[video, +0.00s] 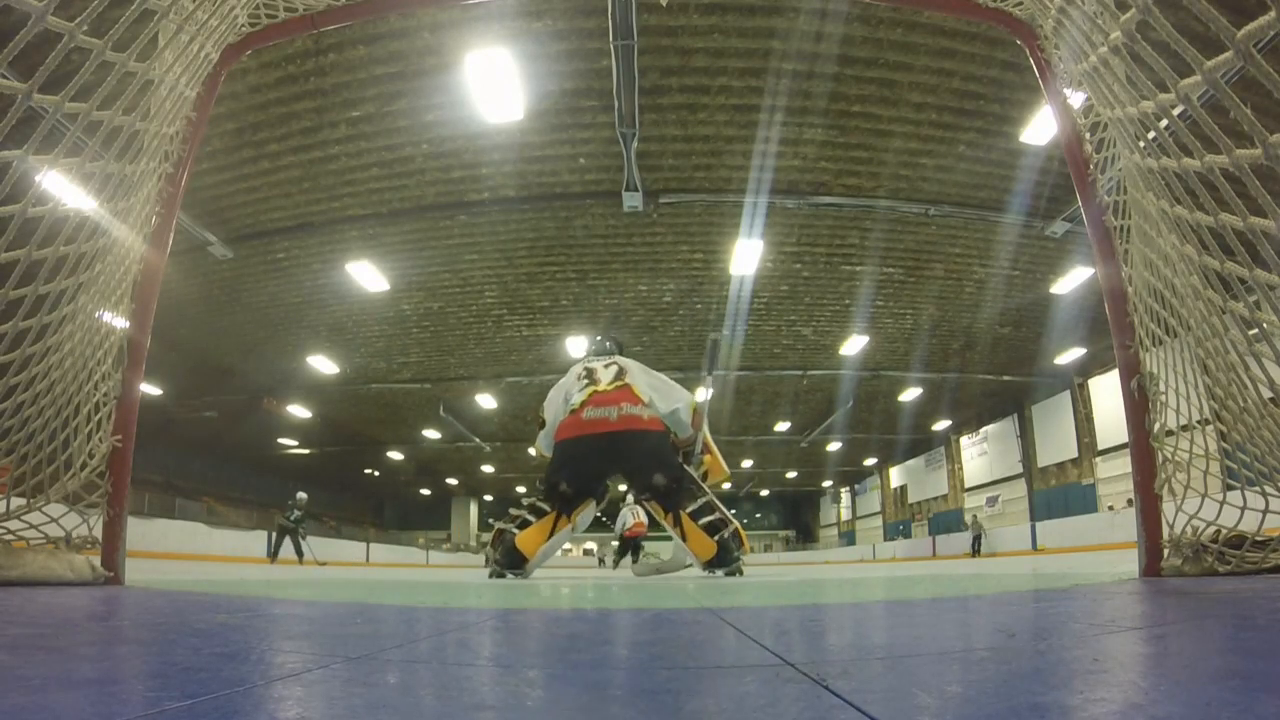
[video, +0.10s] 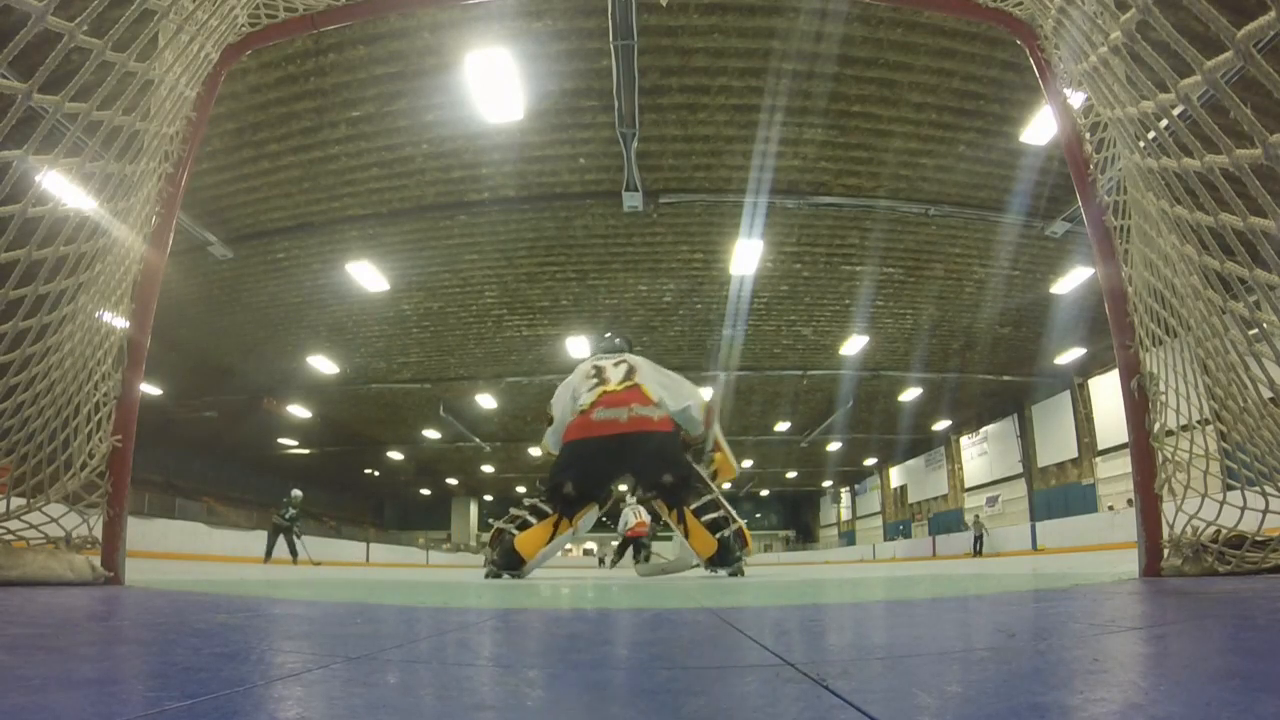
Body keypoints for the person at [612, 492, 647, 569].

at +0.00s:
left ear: (625, 502)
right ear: (633, 501)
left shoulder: (624, 510)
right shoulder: (639, 508)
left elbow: (619, 524)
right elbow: (646, 520)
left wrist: (617, 534)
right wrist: (644, 528)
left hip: (629, 530)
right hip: (641, 530)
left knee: (624, 547)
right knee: (636, 546)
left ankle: (617, 559)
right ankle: (635, 561)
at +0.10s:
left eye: (627, 502)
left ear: (627, 502)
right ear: (635, 501)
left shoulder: (626, 510)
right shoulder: (641, 508)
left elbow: (620, 528)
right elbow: (648, 518)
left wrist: (623, 534)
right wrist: (646, 527)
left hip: (631, 532)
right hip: (643, 531)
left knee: (621, 548)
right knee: (637, 548)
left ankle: (614, 560)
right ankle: (638, 562)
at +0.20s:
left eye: (632, 499)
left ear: (631, 500)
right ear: (640, 499)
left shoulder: (630, 509)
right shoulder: (646, 507)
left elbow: (626, 523)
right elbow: (652, 517)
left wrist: (625, 532)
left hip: (636, 530)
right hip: (648, 529)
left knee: (625, 545)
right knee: (641, 543)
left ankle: (617, 559)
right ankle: (643, 560)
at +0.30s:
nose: (638, 499)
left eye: (638, 498)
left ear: (639, 499)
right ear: (647, 498)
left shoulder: (637, 507)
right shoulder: (654, 505)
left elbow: (633, 522)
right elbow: (659, 515)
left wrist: (630, 532)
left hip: (642, 529)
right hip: (655, 528)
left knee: (632, 545)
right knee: (648, 545)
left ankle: (623, 561)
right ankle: (651, 562)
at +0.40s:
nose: (645, 497)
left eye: (645, 496)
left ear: (645, 497)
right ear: (654, 496)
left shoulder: (646, 506)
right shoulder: (661, 504)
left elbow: (640, 520)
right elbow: (667, 515)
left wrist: (637, 530)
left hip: (650, 530)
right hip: (661, 529)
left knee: (642, 543)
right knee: (657, 544)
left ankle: (637, 560)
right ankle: (662, 558)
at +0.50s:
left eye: (653, 496)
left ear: (653, 496)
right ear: (662, 496)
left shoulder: (654, 505)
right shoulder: (669, 504)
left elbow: (649, 521)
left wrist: (643, 531)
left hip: (659, 529)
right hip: (671, 528)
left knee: (651, 541)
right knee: (667, 544)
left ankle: (651, 560)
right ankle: (677, 559)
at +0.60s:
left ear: (660, 496)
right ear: (669, 495)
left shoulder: (660, 505)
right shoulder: (677, 502)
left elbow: (657, 521)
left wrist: (652, 532)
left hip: (670, 526)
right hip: (683, 525)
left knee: (659, 539)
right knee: (679, 543)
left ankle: (661, 561)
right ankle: (692, 560)